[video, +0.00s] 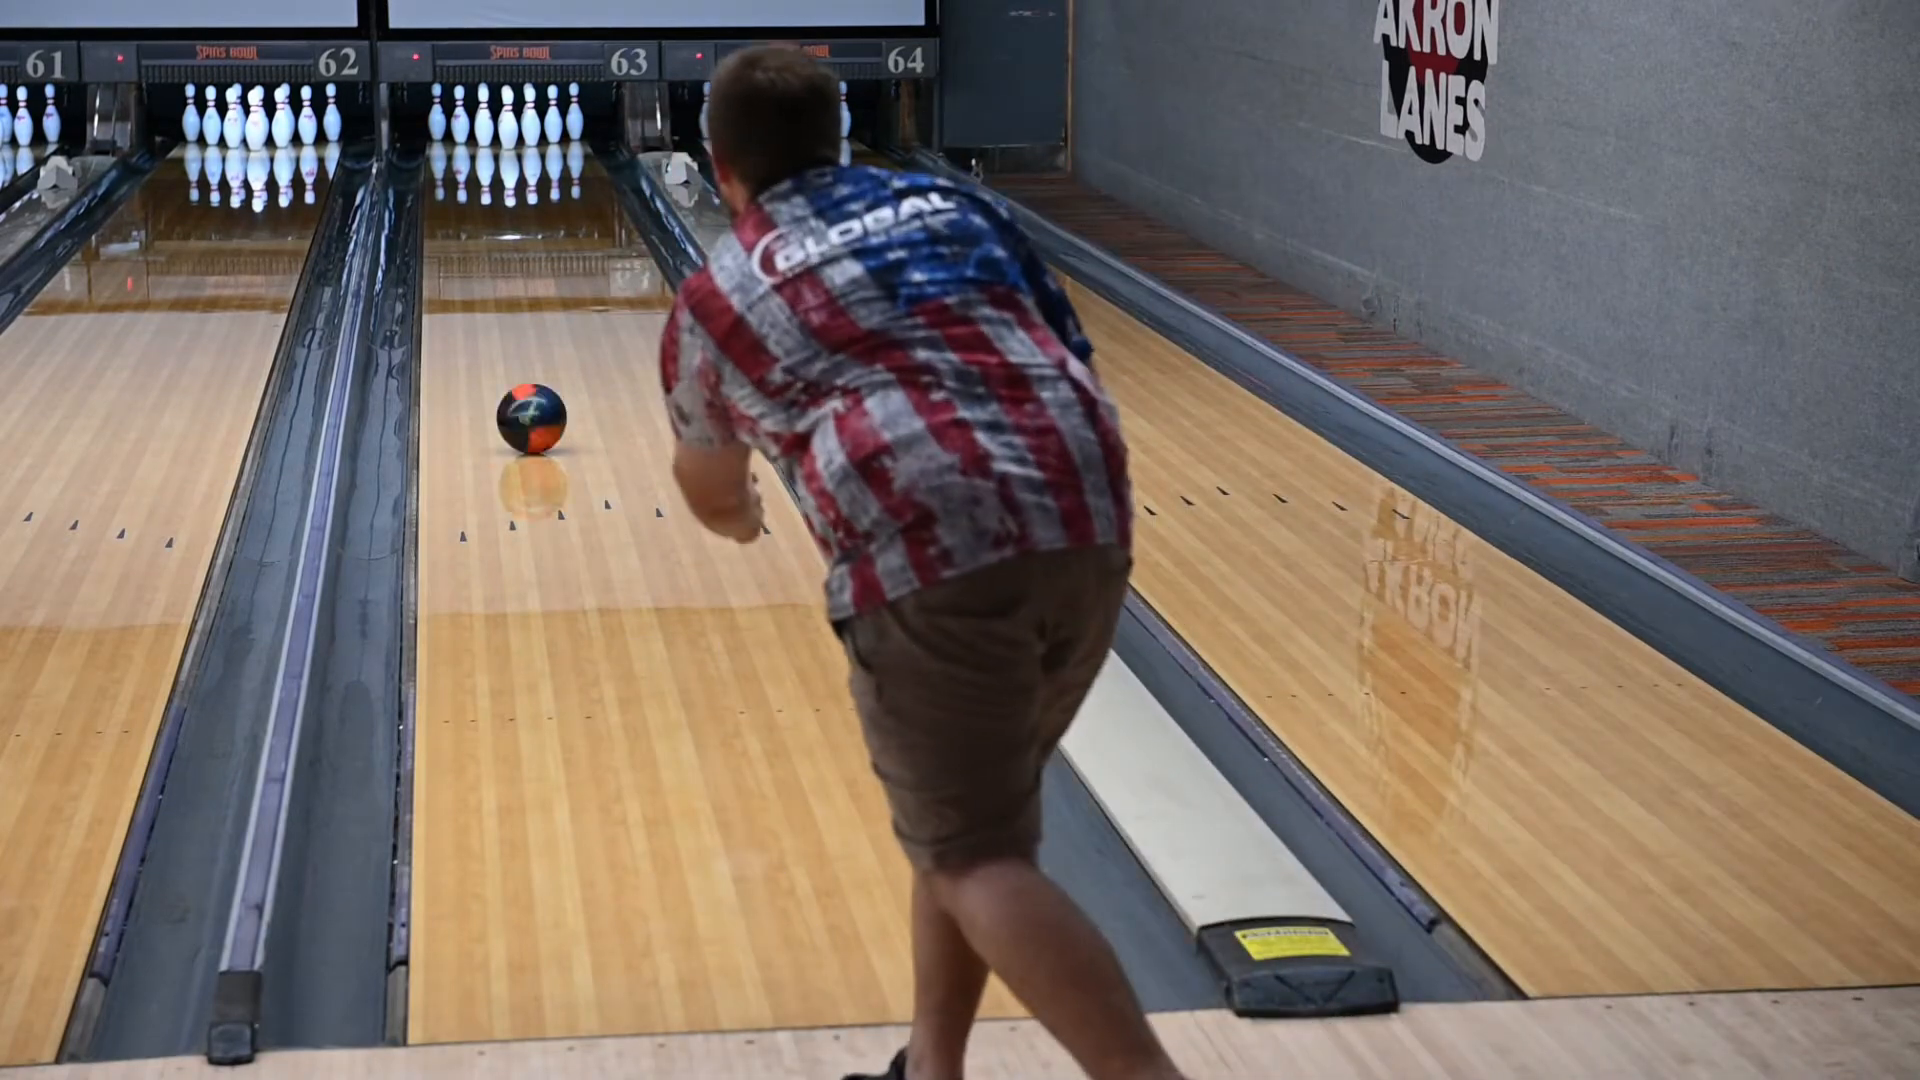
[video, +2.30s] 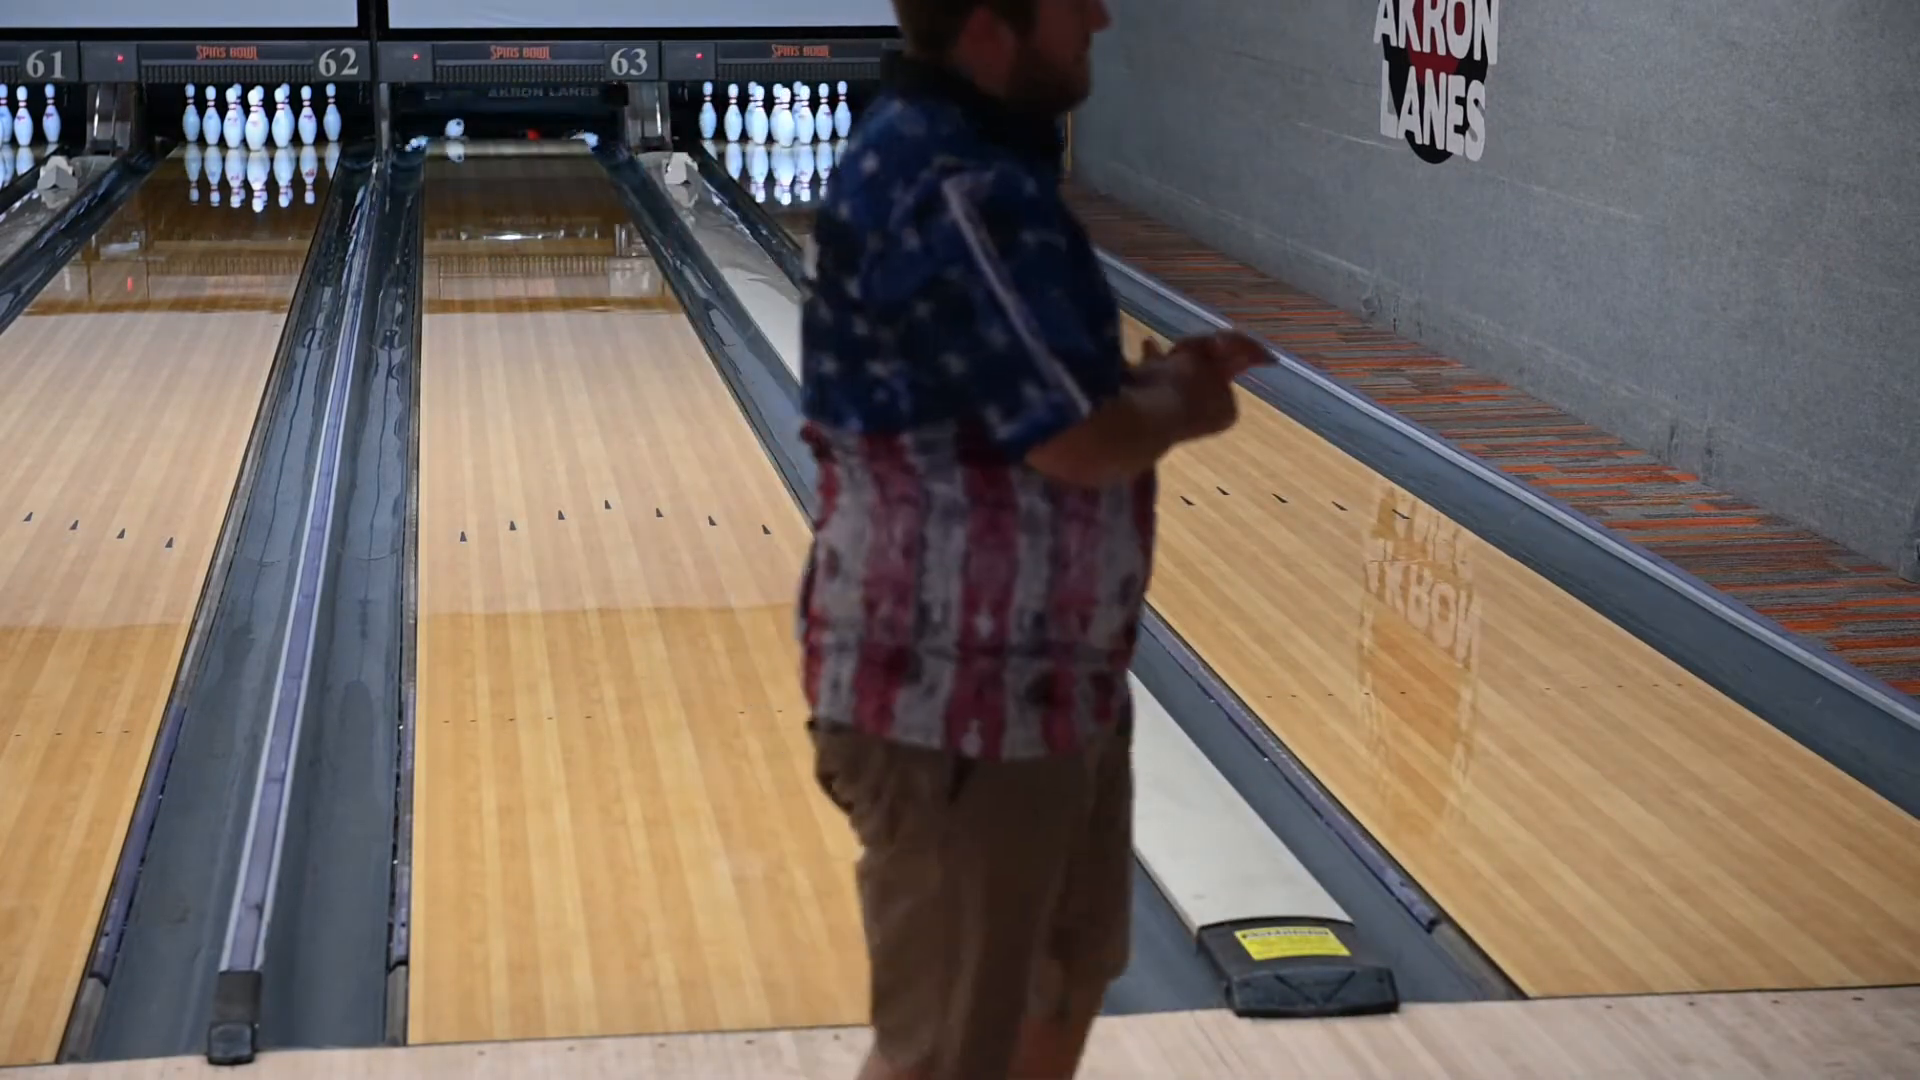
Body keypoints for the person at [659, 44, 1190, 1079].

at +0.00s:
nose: (714, 178)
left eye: (713, 163)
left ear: (724, 170)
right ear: (840, 140)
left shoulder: (717, 295)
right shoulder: (958, 202)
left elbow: (715, 487)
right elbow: (1067, 348)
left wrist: (733, 514)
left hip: (931, 554)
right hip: (1092, 525)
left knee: (975, 856)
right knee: (973, 825)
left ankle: (1145, 1072)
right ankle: (931, 1069)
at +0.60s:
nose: (765, 37)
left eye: (763, 25)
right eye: (776, 23)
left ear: (773, 32)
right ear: (889, 20)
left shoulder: (743, 178)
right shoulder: (1002, 122)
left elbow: (685, 406)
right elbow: (1105, 293)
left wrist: (668, 574)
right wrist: (1067, 433)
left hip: (883, 546)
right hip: (1042, 528)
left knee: (840, 800)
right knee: (943, 793)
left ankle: (953, 1069)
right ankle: (932, 1057)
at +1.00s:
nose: (801, 18)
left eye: (803, 9)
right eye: (809, 9)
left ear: (818, 11)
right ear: (934, 1)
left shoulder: (764, 148)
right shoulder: (1035, 117)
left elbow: (700, 380)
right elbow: (1121, 297)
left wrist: (778, 455)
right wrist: (1079, 424)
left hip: (847, 542)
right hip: (1022, 526)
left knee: (801, 795)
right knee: (950, 791)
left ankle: (868, 1066)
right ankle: (936, 1065)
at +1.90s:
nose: (979, 19)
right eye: (975, 9)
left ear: (836, 1)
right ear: (964, 11)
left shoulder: (735, 131)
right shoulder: (998, 183)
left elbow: (693, 323)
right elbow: (1083, 428)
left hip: (771, 585)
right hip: (948, 612)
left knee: (831, 911)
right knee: (998, 949)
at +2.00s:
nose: (994, 38)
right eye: (995, 23)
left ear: (851, 20)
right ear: (980, 28)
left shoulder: (761, 152)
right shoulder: (984, 191)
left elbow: (764, 383)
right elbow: (1079, 437)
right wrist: (1112, 386)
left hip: (794, 616)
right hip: (950, 639)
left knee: (847, 934)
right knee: (987, 990)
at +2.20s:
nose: (1058, 47)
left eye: (1055, 25)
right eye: (1049, 24)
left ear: (923, 30)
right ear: (999, 37)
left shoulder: (862, 158)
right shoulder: (971, 202)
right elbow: (1078, 452)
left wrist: (1108, 381)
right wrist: (1152, 403)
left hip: (895, 648)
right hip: (971, 673)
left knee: (935, 1017)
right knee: (971, 1035)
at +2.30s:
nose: (1098, 25)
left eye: (1091, 7)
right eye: (1077, 7)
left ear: (988, 32)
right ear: (991, 29)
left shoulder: (968, 155)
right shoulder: (949, 181)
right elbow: (1075, 443)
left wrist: (1152, 382)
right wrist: (1180, 399)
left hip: (1045, 672)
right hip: (960, 694)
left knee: (1064, 983)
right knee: (949, 1045)